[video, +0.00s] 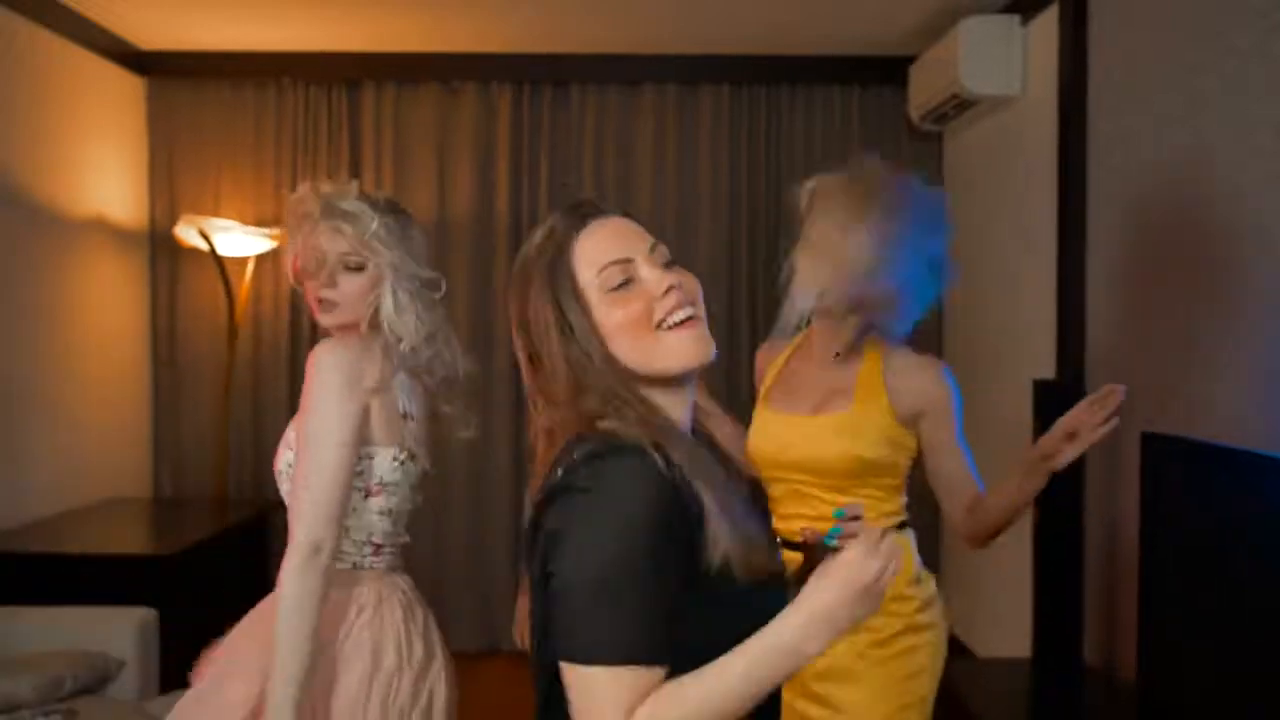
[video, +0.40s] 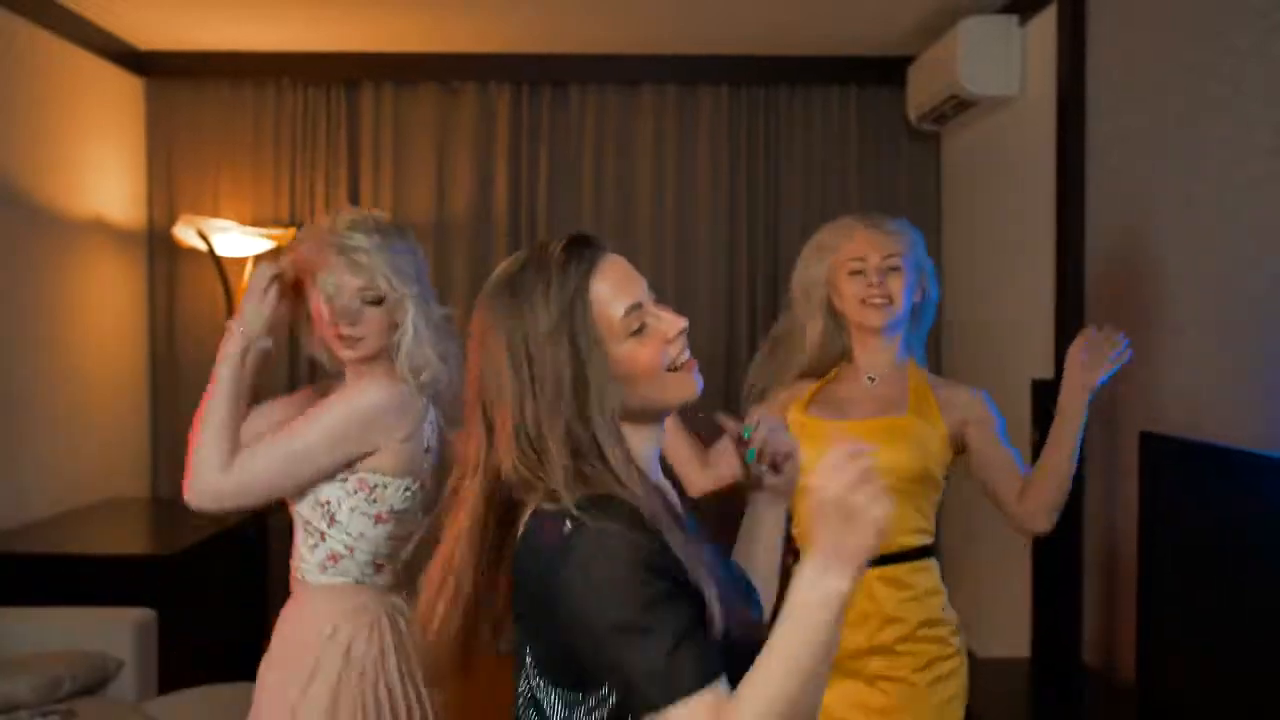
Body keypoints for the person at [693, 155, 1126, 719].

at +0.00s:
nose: (837, 269)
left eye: (860, 252)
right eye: (828, 245)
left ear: (891, 274)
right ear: (811, 255)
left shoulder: (915, 380)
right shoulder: (772, 362)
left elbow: (971, 524)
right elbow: (769, 473)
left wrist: (1042, 460)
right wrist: (694, 400)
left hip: (887, 619)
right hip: (796, 617)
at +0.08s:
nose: (831, 275)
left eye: (857, 270)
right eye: (822, 263)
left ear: (884, 310)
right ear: (802, 290)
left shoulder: (915, 416)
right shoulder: (768, 400)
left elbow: (971, 562)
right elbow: (750, 534)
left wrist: (1031, 485)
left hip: (877, 649)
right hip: (780, 644)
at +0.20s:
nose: (834, 309)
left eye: (856, 302)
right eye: (820, 299)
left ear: (884, 339)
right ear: (798, 328)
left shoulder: (927, 441)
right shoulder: (779, 440)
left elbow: (973, 587)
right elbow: (755, 560)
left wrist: (1032, 504)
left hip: (879, 673)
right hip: (787, 664)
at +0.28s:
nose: (851, 284)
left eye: (870, 277)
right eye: (834, 275)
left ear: (897, 303)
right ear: (810, 300)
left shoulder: (940, 416)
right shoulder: (780, 414)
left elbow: (995, 553)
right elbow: (747, 539)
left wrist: (1058, 464)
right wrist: (685, 430)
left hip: (885, 650)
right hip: (791, 646)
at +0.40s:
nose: (876, 283)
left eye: (892, 269)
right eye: (857, 271)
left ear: (918, 286)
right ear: (829, 291)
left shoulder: (955, 405)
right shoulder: (787, 406)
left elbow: (1035, 513)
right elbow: (759, 544)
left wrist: (1077, 388)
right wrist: (742, 663)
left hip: (912, 634)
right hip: (813, 633)